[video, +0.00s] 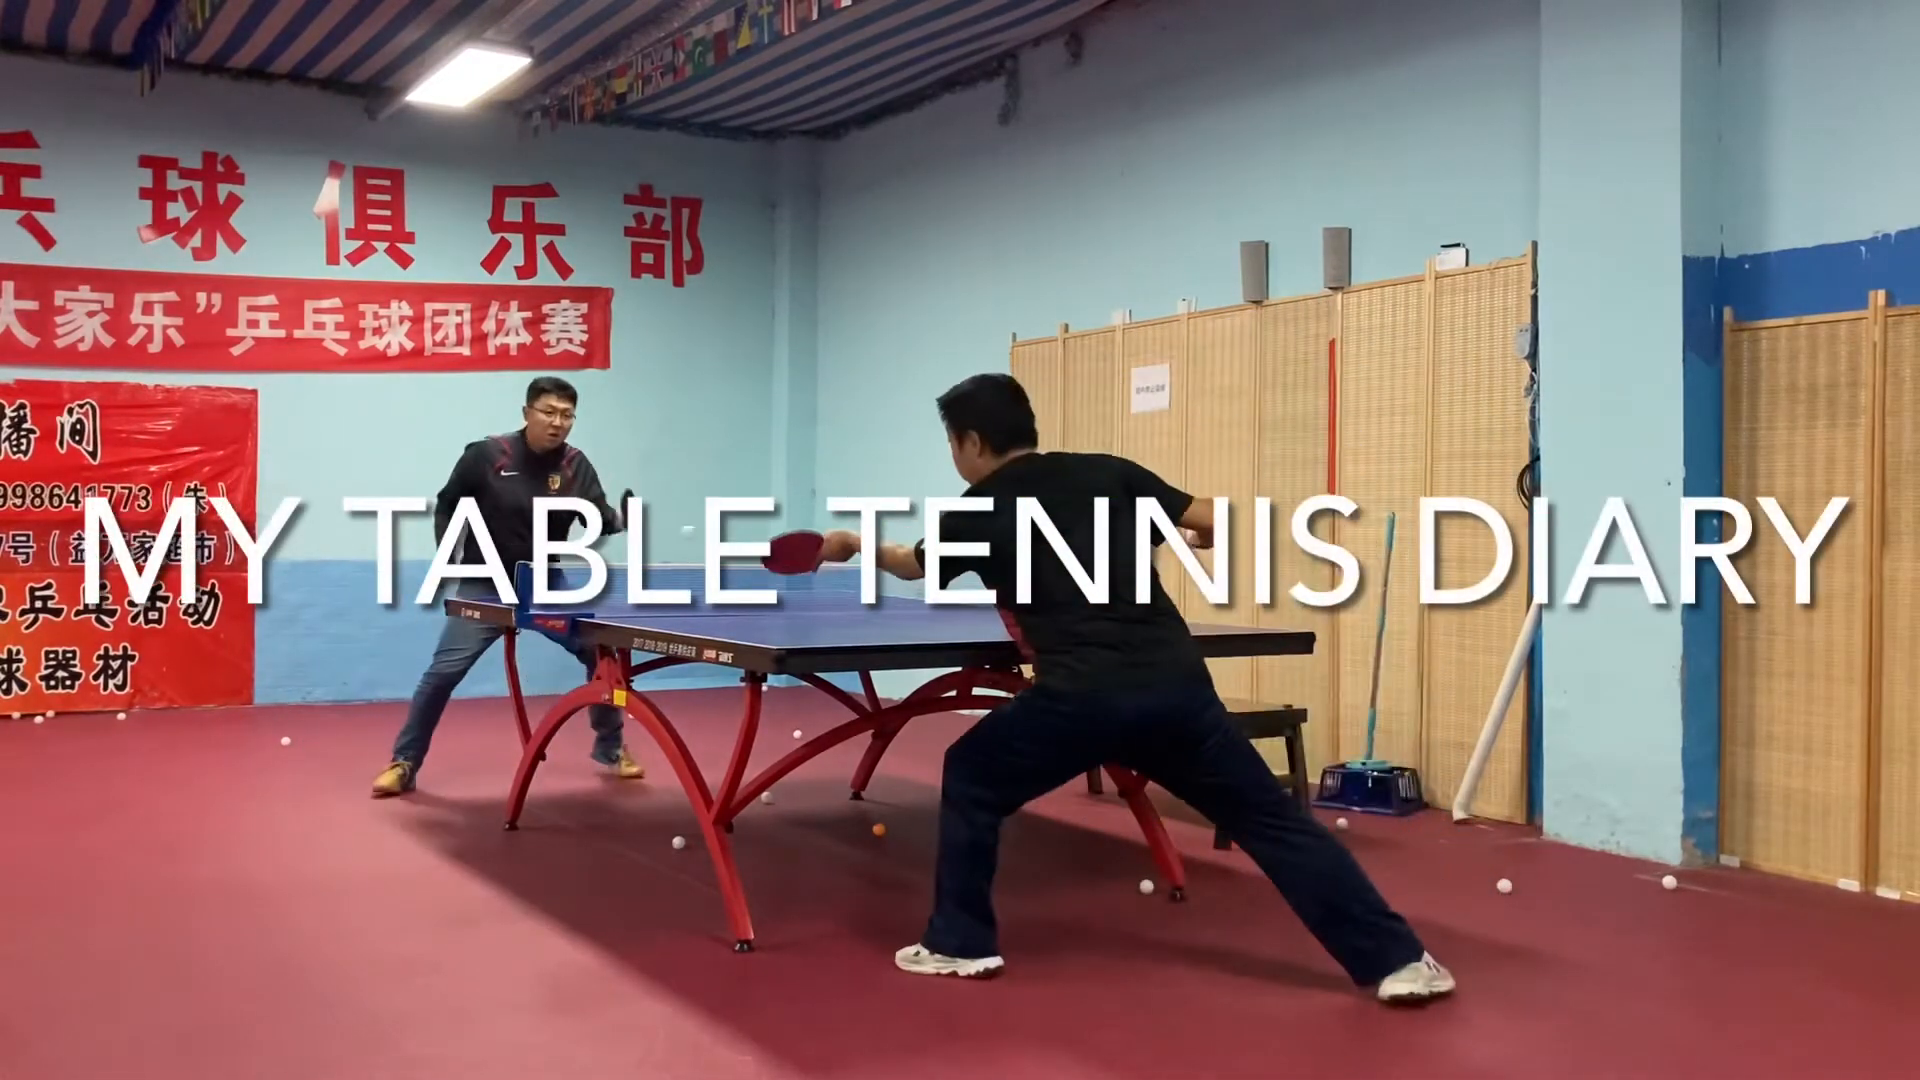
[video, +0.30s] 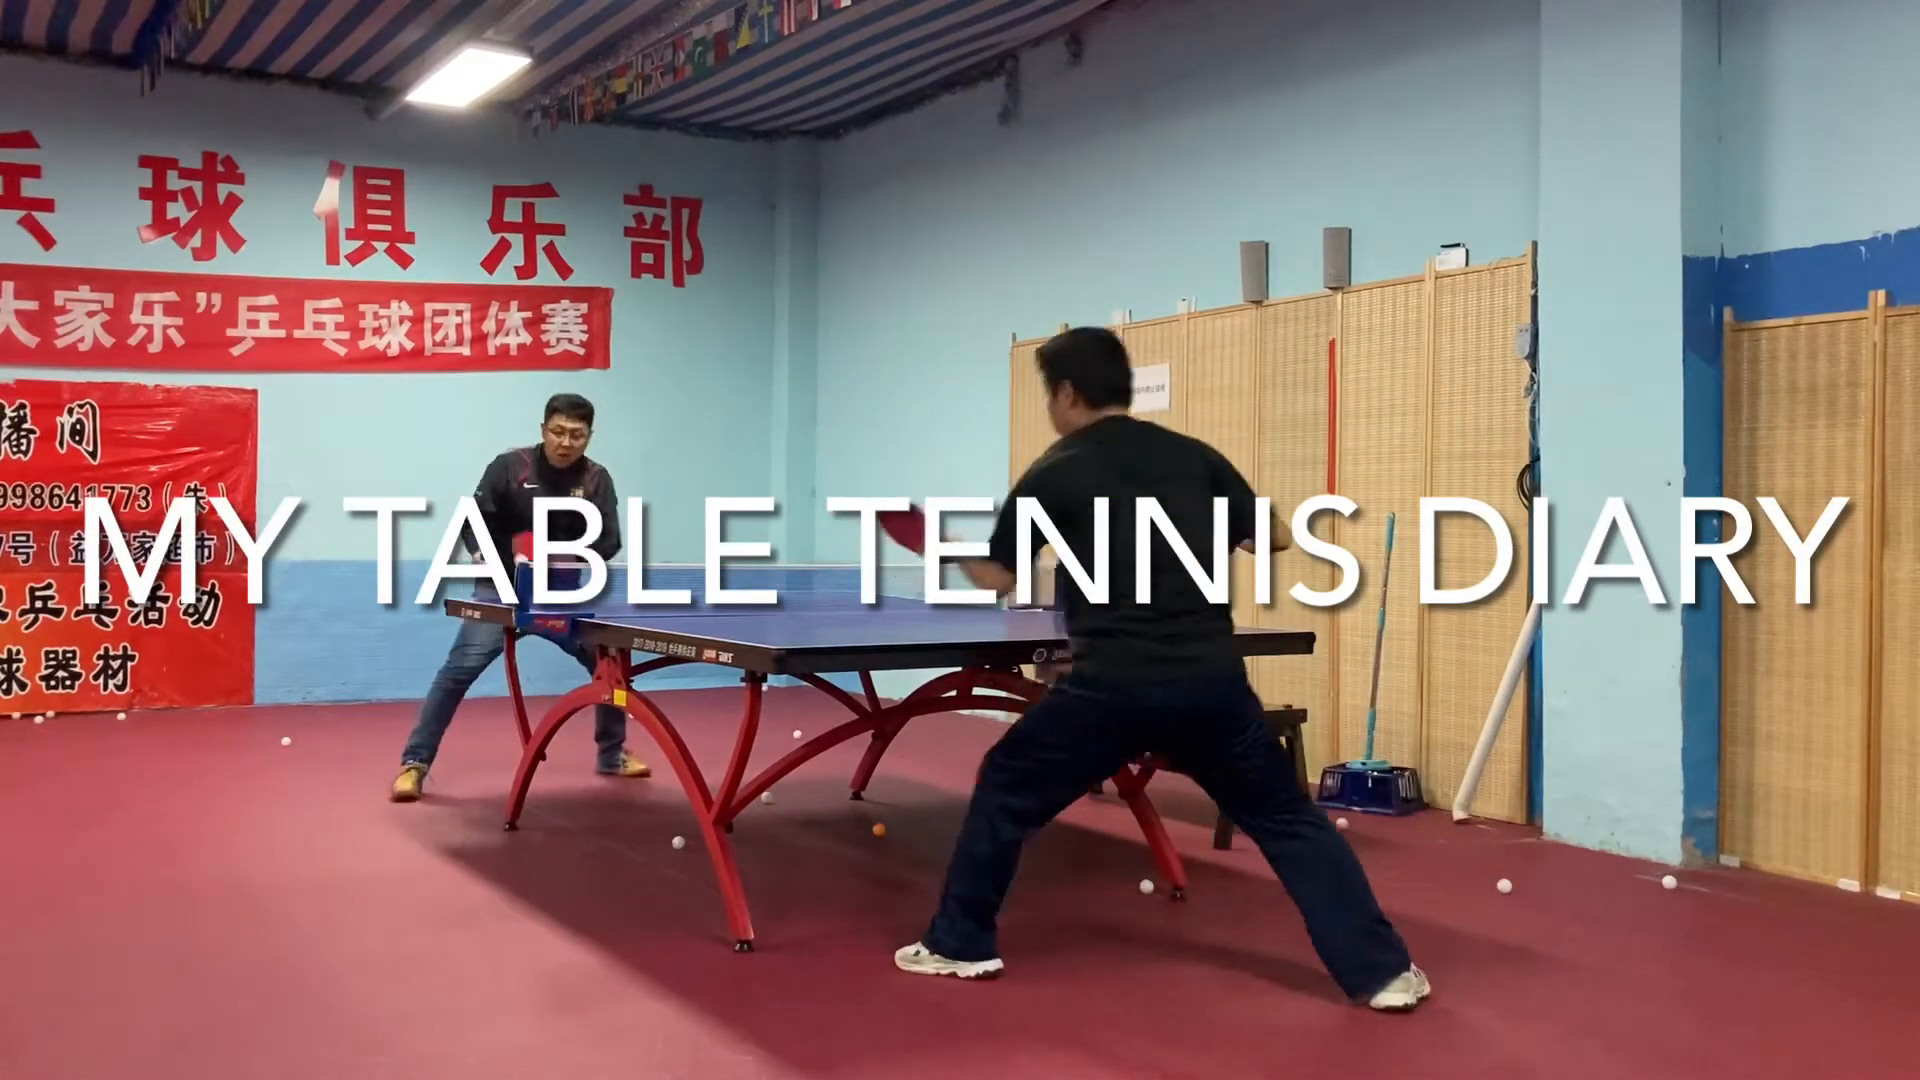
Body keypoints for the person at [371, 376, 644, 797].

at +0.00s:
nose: (558, 422)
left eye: (566, 415)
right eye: (548, 413)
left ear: (573, 419)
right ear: (527, 413)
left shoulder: (576, 465)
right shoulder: (485, 456)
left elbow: (598, 521)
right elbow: (446, 510)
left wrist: (620, 518)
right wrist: (460, 568)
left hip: (547, 587)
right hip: (484, 587)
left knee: (604, 650)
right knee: (443, 672)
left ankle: (610, 750)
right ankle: (404, 764)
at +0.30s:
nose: (565, 442)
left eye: (576, 434)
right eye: (558, 432)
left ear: (589, 437)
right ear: (543, 430)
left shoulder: (597, 479)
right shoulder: (509, 467)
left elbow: (608, 541)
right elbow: (473, 524)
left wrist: (562, 564)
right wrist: (501, 566)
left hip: (564, 598)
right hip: (504, 593)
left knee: (612, 659)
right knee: (462, 665)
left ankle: (612, 755)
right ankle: (414, 765)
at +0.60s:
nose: (476, 447)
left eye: (485, 438)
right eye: (467, 438)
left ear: (500, 437)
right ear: (453, 435)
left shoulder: (517, 471)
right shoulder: (434, 470)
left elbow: (514, 529)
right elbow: (417, 535)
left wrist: (468, 562)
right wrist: (391, 589)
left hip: (516, 587)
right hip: (459, 590)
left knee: (567, 664)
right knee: (432, 666)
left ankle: (608, 754)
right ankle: (409, 766)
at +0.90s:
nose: (465, 429)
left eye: (474, 420)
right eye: (455, 421)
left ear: (485, 422)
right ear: (438, 424)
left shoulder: (508, 461)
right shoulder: (419, 466)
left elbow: (528, 527)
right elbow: (396, 531)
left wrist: (497, 577)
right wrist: (383, 589)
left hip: (513, 582)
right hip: (455, 586)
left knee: (559, 660)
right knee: (430, 667)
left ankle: (579, 741)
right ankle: (408, 767)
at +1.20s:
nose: (520, 420)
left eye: (529, 412)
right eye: (511, 411)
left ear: (539, 417)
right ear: (494, 415)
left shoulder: (551, 463)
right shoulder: (462, 459)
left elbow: (568, 521)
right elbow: (434, 520)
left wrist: (553, 570)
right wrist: (432, 568)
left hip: (530, 580)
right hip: (470, 578)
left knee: (561, 657)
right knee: (439, 660)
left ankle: (575, 747)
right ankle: (406, 757)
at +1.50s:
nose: (543, 426)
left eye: (551, 419)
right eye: (534, 417)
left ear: (558, 427)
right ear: (514, 420)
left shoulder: (554, 473)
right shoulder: (481, 463)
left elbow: (555, 531)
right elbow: (446, 520)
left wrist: (575, 568)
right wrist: (456, 560)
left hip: (529, 591)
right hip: (479, 592)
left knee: (577, 654)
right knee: (440, 670)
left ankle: (582, 747)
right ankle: (390, 756)